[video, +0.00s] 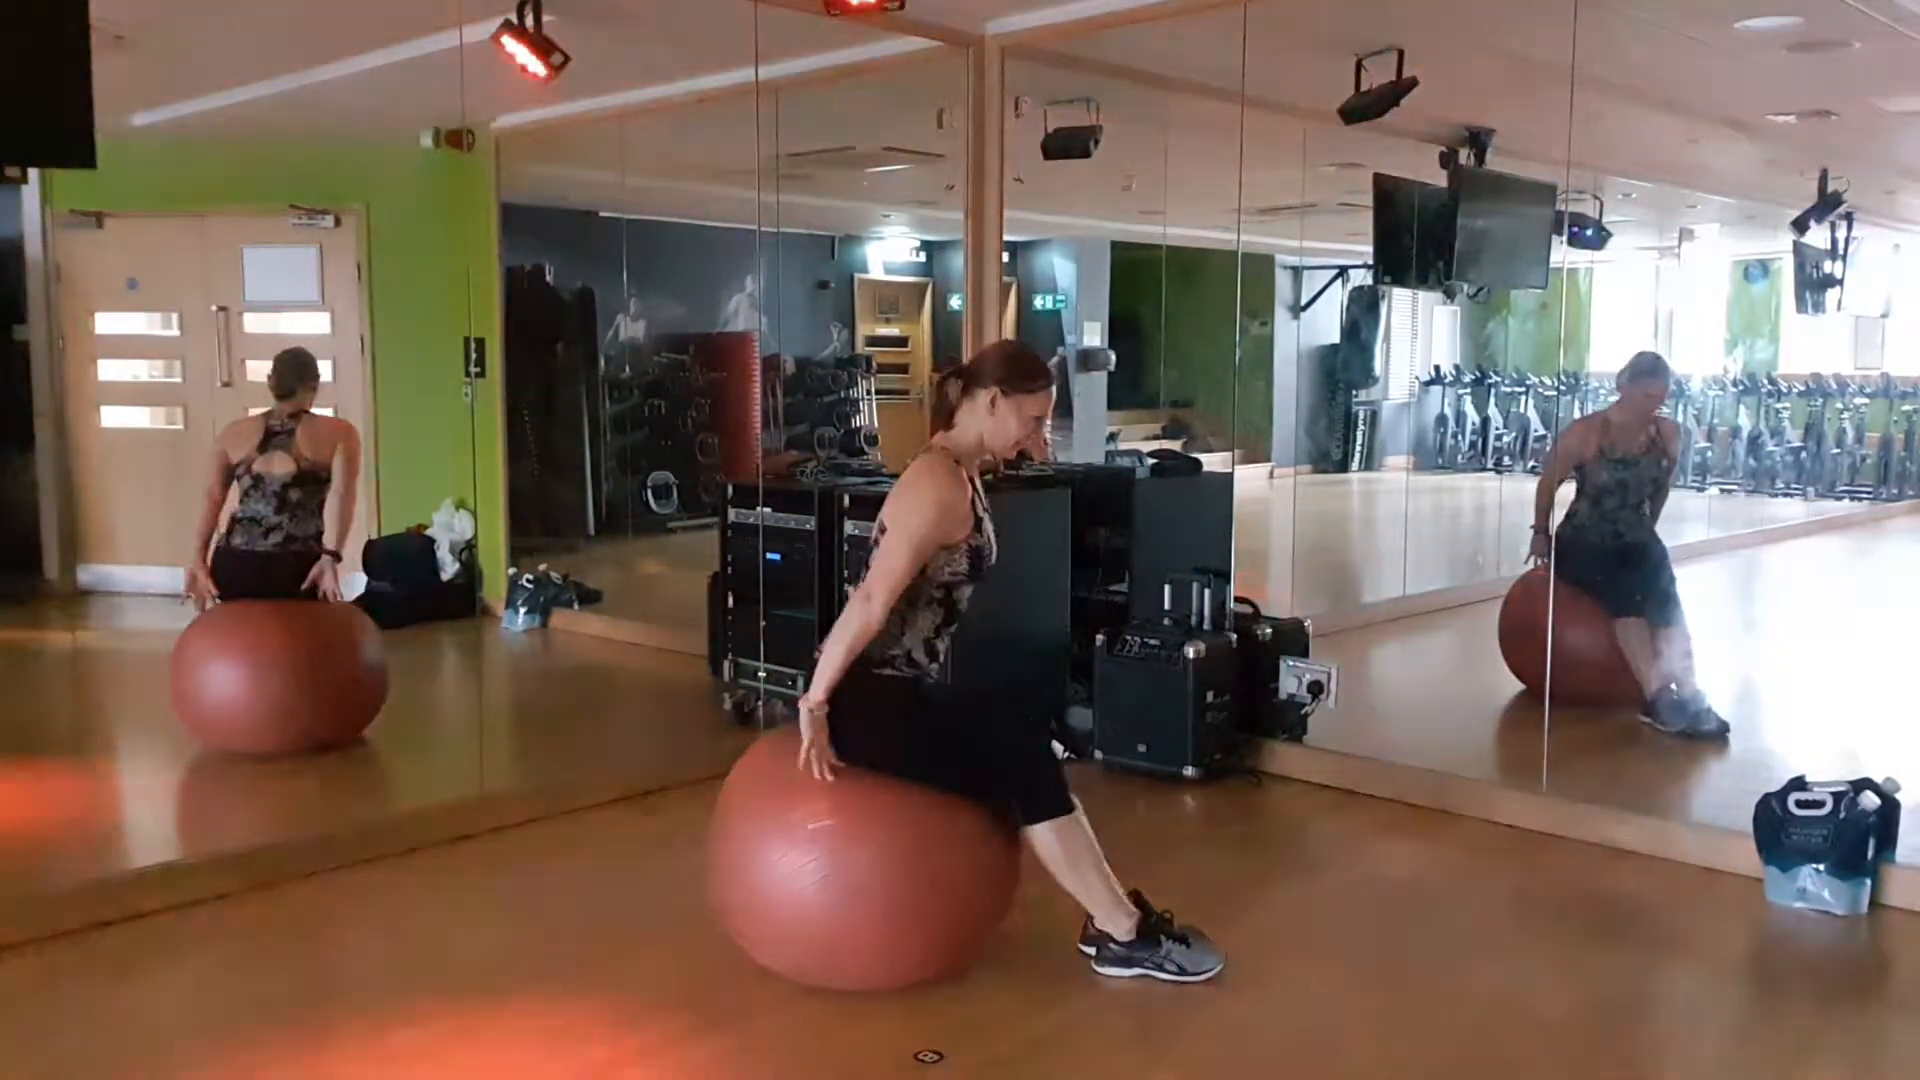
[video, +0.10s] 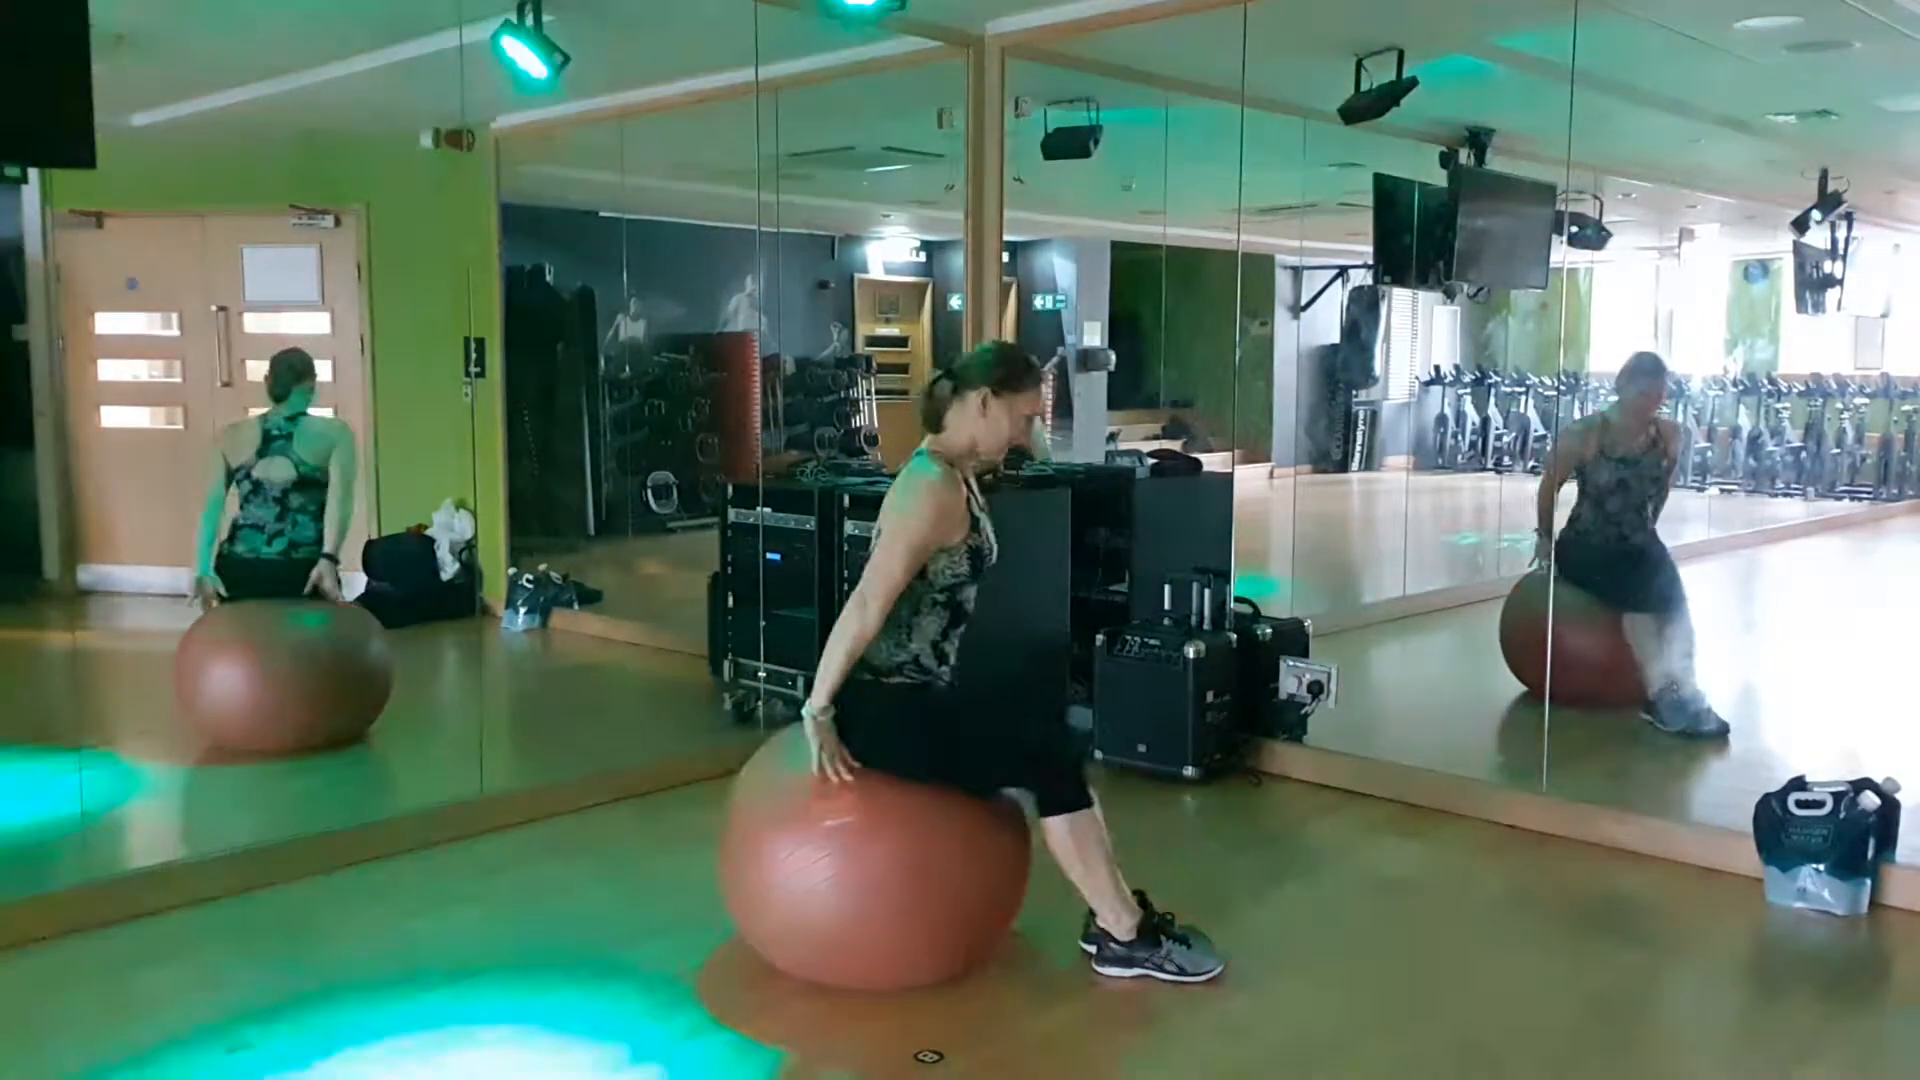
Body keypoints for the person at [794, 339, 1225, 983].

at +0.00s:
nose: (1038, 439)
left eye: (1043, 423)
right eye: (1033, 421)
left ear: (991, 405)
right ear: (988, 402)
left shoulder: (957, 477)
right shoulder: (935, 485)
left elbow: (901, 600)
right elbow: (872, 600)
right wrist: (815, 699)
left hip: (900, 693)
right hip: (871, 704)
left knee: (1033, 745)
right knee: (1025, 762)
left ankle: (1114, 914)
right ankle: (1121, 930)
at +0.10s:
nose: (1026, 437)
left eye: (1030, 422)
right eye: (1023, 419)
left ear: (980, 404)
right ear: (981, 404)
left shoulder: (952, 481)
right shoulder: (930, 492)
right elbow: (868, 604)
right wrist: (818, 707)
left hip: (912, 697)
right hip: (886, 712)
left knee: (1051, 740)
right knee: (1047, 757)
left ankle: (1117, 912)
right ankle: (1122, 929)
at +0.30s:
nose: (1007, 428)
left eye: (1011, 412)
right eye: (1001, 410)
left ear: (958, 398)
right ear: (956, 396)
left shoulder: (940, 476)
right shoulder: (916, 486)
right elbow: (869, 609)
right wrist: (846, 720)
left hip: (944, 700)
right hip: (914, 715)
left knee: (1096, 735)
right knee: (1088, 745)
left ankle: (1177, 897)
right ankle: (1125, 935)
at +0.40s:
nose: (1002, 422)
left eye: (1005, 406)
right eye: (995, 405)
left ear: (952, 398)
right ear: (949, 396)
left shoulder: (938, 478)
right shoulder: (917, 486)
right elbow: (879, 608)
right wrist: (862, 726)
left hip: (958, 699)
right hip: (929, 711)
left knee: (1112, 744)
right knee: (1107, 750)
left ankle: (1220, 882)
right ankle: (1126, 934)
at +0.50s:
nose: (997, 426)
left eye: (1003, 412)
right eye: (994, 407)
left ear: (945, 398)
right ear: (950, 394)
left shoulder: (939, 479)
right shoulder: (919, 484)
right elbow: (887, 605)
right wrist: (880, 727)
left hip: (972, 701)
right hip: (944, 713)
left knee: (1129, 750)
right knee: (1122, 749)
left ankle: (1255, 882)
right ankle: (1129, 934)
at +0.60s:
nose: (998, 425)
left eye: (1001, 410)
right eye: (991, 408)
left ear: (951, 403)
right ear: (946, 400)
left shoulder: (943, 483)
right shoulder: (923, 489)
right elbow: (893, 615)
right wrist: (899, 733)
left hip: (987, 704)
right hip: (960, 716)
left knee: (1146, 763)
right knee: (1144, 749)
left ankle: (1273, 891)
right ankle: (1133, 931)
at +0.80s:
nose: (999, 437)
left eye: (1000, 423)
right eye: (990, 422)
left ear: (951, 419)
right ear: (946, 416)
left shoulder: (948, 496)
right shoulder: (930, 506)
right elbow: (910, 628)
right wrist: (934, 743)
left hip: (1015, 713)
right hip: (993, 728)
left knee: (1187, 755)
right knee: (1177, 741)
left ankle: (1271, 914)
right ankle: (1147, 917)